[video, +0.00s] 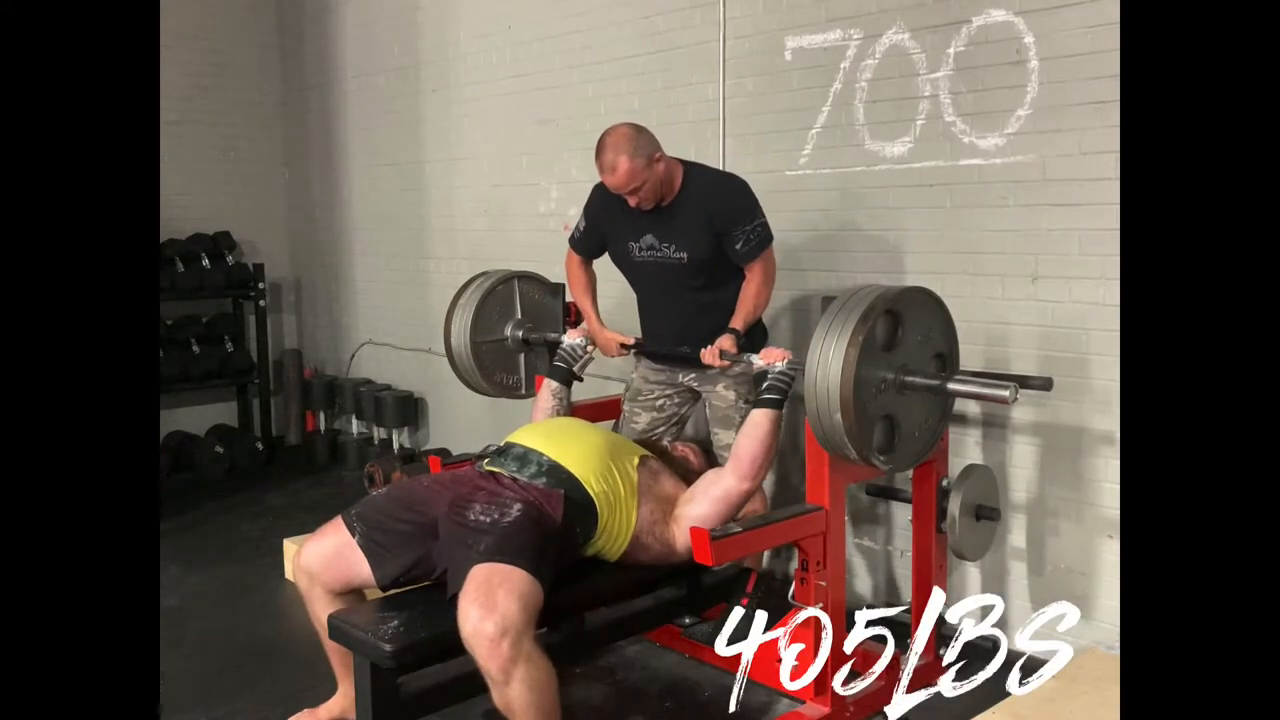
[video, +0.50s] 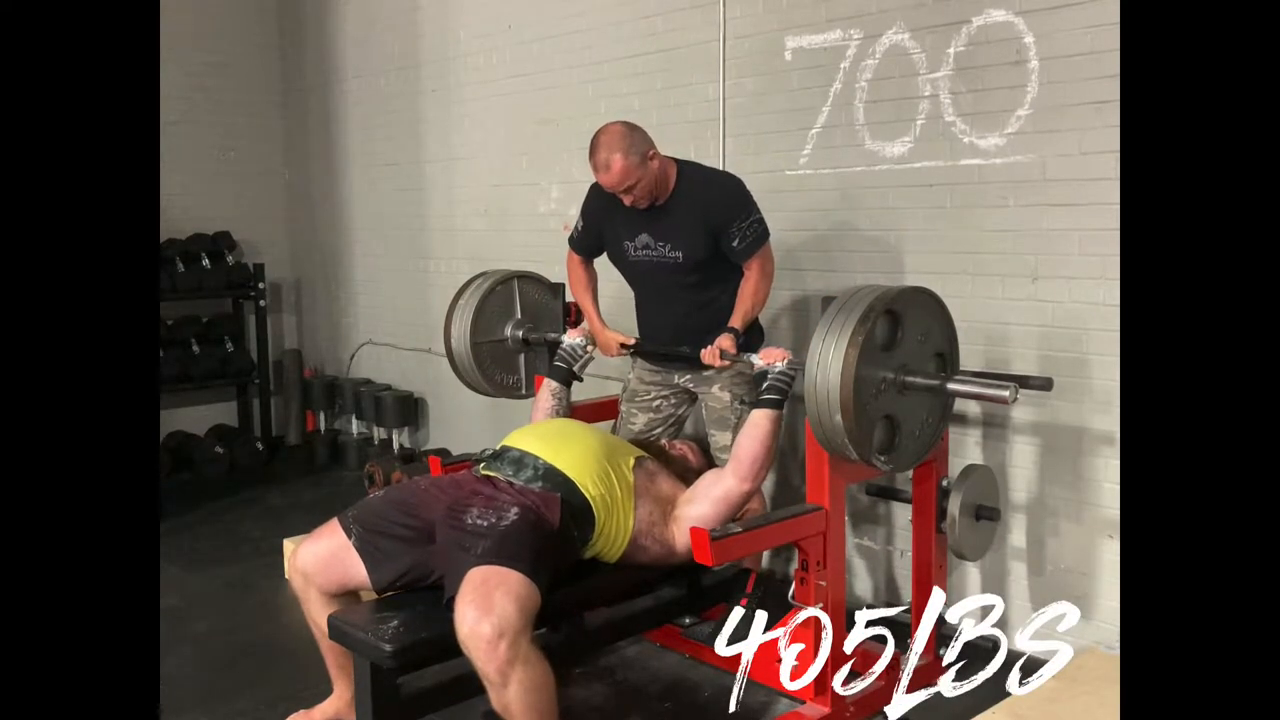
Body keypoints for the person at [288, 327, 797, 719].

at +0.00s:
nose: (681, 446)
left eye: (692, 451)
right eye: (678, 442)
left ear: (701, 475)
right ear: (657, 446)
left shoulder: (679, 511)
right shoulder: (598, 449)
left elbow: (745, 472)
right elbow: (536, 437)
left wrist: (772, 391)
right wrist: (560, 370)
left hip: (526, 502)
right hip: (454, 481)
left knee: (492, 628)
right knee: (314, 563)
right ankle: (350, 695)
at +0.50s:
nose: (680, 441)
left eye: (691, 448)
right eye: (677, 437)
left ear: (699, 474)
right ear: (655, 445)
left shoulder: (680, 510)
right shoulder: (597, 451)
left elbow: (745, 475)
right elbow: (536, 432)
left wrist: (772, 391)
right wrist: (561, 368)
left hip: (527, 506)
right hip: (458, 483)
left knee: (488, 629)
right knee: (308, 561)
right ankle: (345, 697)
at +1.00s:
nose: (679, 441)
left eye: (690, 448)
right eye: (677, 438)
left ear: (699, 475)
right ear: (655, 443)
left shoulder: (679, 508)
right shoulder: (596, 449)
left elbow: (745, 475)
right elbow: (534, 436)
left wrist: (770, 392)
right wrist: (559, 370)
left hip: (528, 503)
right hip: (457, 481)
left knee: (489, 628)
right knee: (311, 561)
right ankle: (343, 697)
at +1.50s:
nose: (688, 454)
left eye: (695, 458)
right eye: (687, 451)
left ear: (700, 481)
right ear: (666, 453)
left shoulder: (682, 513)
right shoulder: (595, 441)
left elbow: (742, 471)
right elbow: (538, 425)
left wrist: (770, 387)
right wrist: (560, 362)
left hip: (528, 488)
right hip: (460, 467)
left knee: (493, 619)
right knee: (325, 559)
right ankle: (343, 698)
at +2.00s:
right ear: (682, 454)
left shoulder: (677, 519)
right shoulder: (597, 445)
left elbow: (724, 460)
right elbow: (539, 434)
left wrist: (751, 380)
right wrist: (545, 358)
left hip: (531, 493)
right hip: (459, 472)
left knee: (492, 620)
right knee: (321, 560)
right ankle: (345, 698)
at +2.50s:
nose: (680, 434)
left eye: (693, 441)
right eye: (677, 430)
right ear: (661, 438)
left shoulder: (668, 522)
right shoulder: (586, 446)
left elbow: (707, 464)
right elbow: (521, 443)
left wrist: (728, 386)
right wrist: (519, 372)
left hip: (529, 499)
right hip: (455, 476)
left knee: (489, 625)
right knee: (313, 563)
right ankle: (344, 696)